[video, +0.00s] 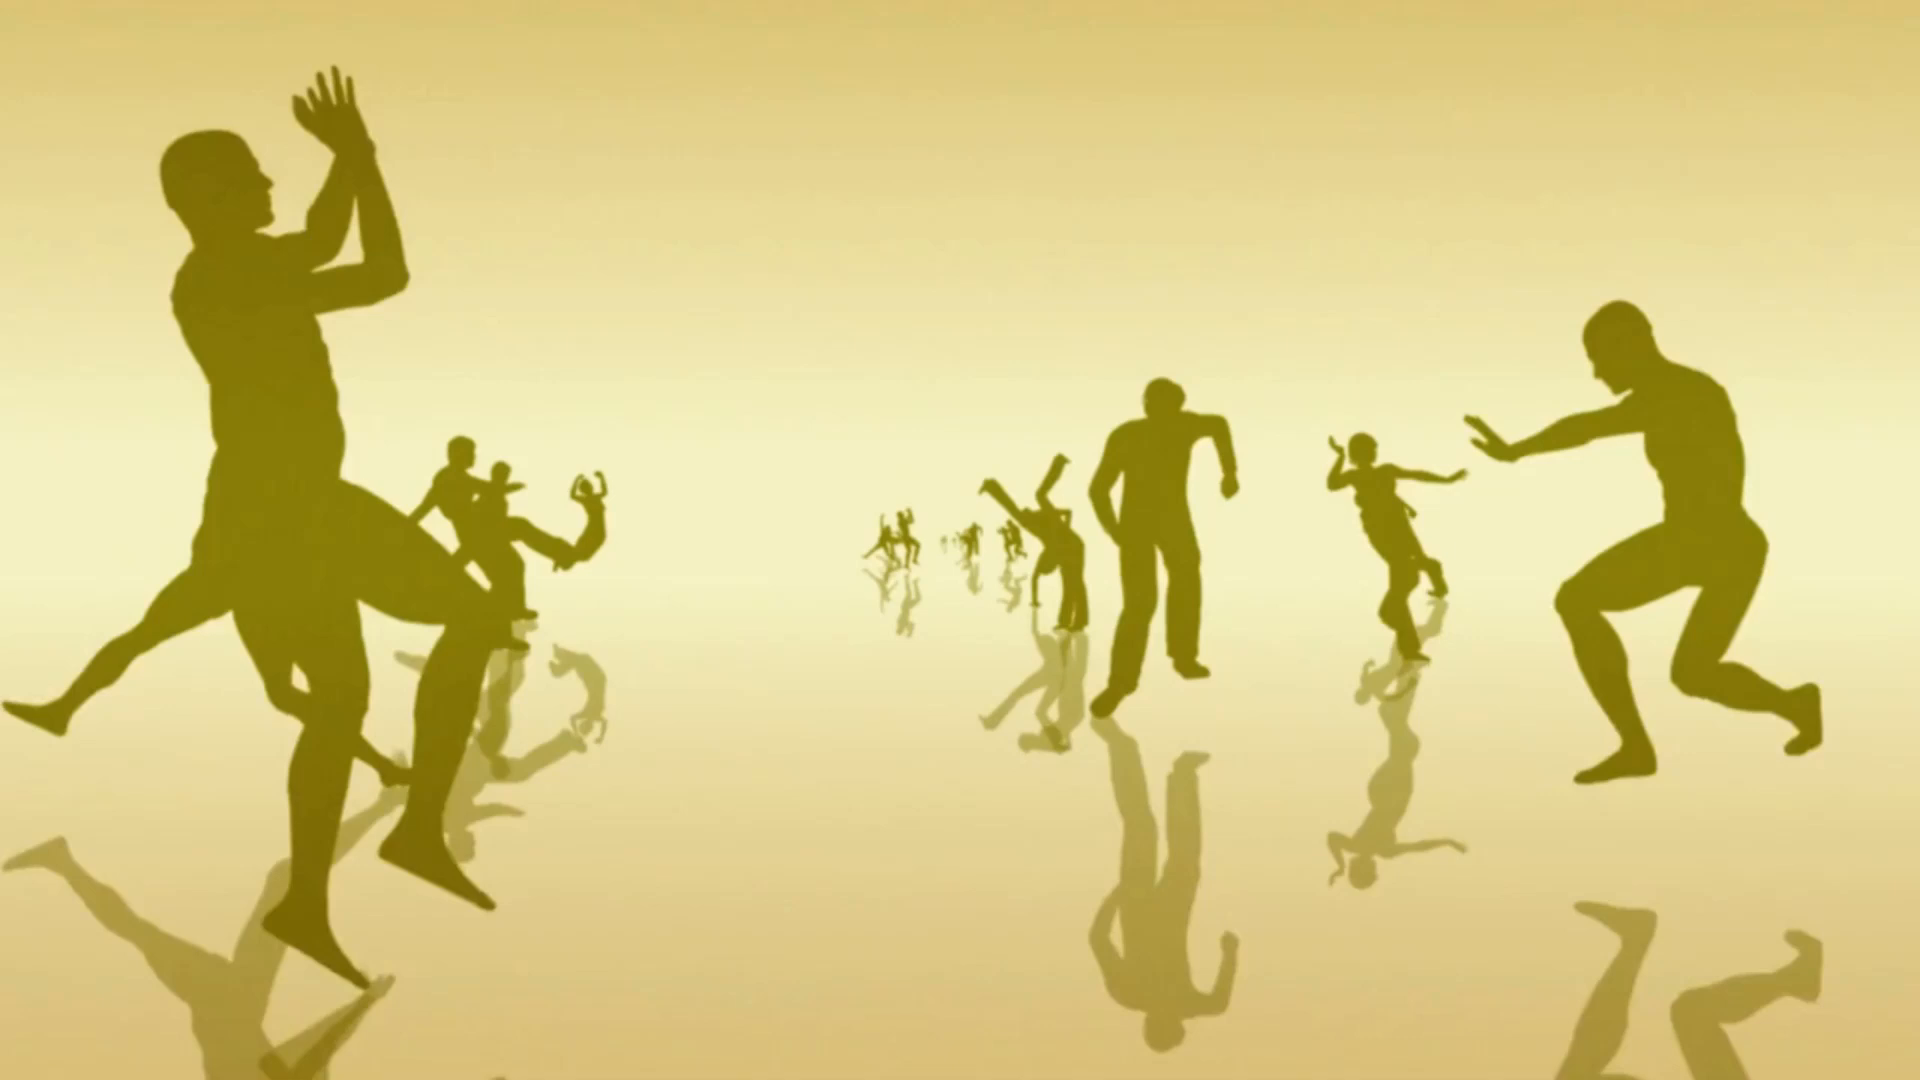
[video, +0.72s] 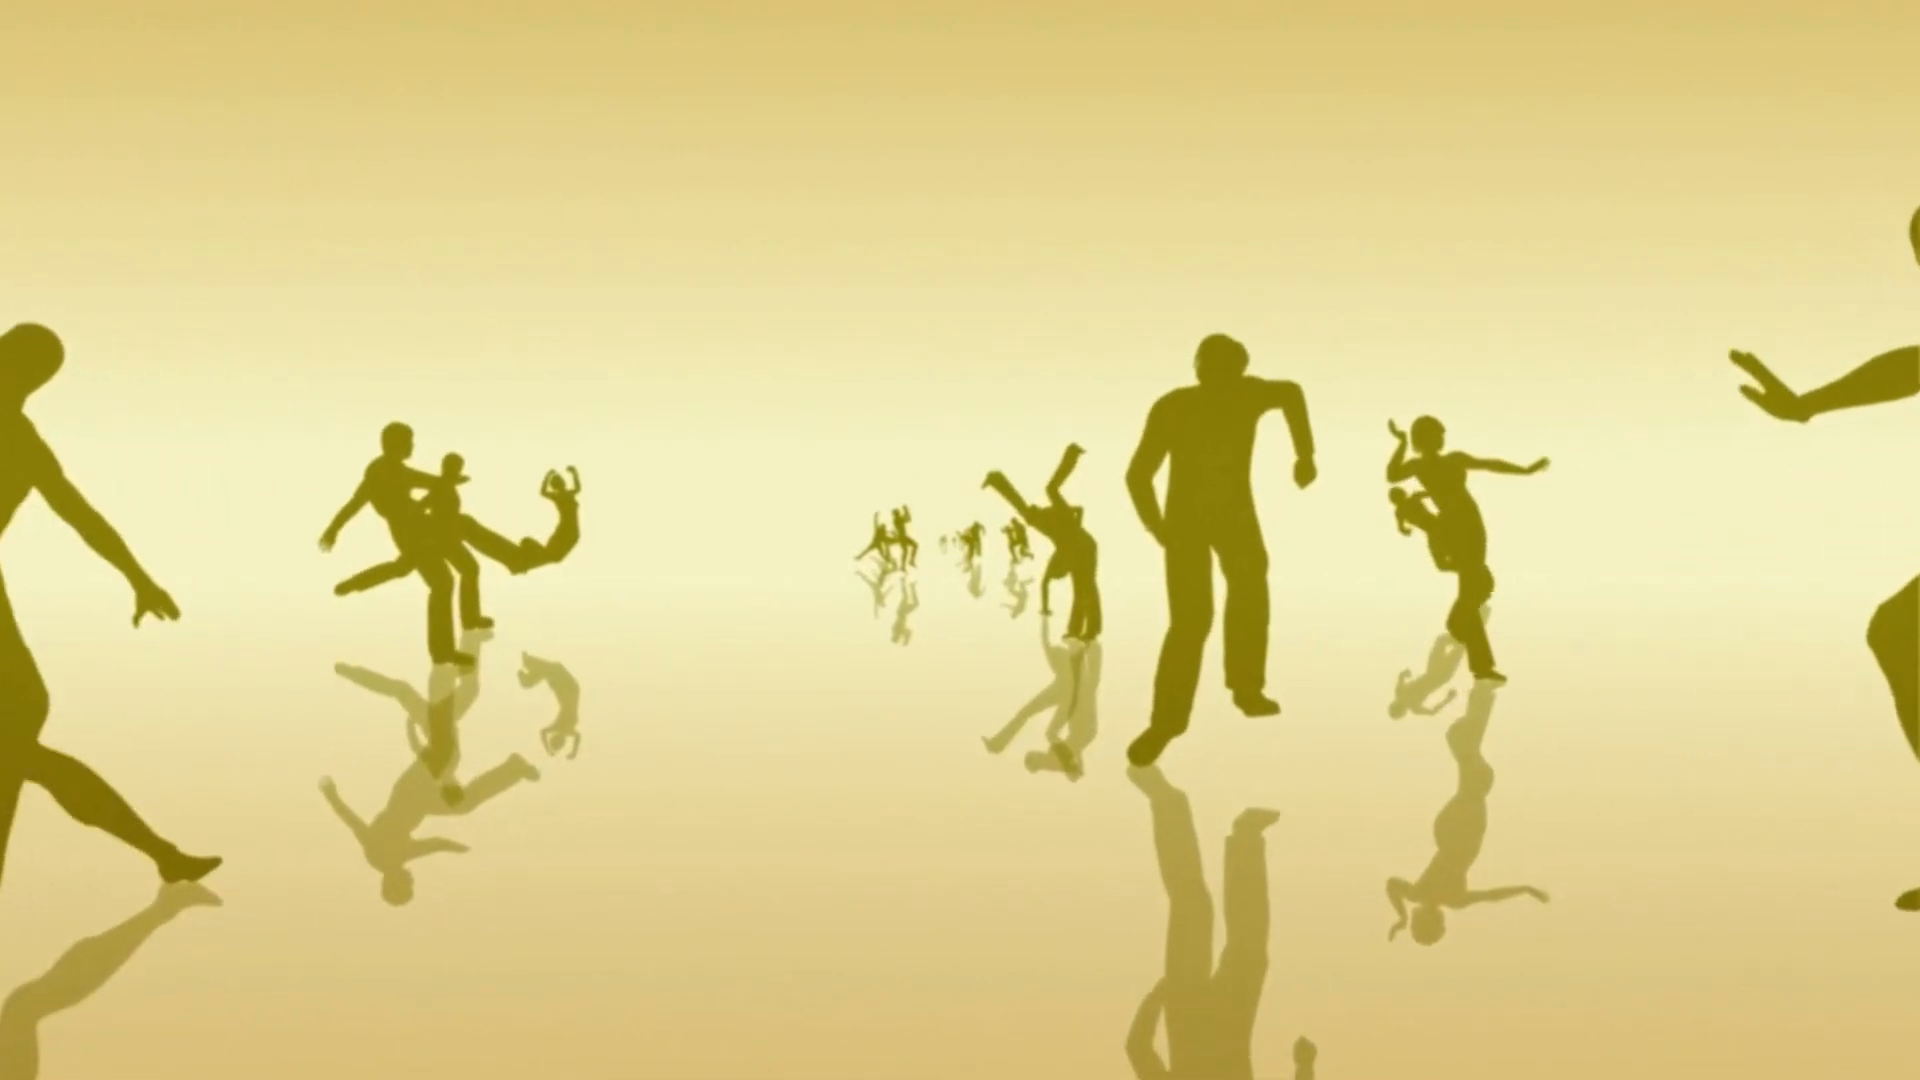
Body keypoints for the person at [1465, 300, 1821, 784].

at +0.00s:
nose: (1596, 371)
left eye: (1599, 356)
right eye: (1592, 359)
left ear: (1630, 347)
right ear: (1633, 347)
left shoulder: (1686, 393)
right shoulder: (1653, 397)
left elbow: (1591, 428)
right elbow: (1588, 427)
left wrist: (1514, 451)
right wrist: (1513, 451)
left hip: (1731, 546)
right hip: (1681, 540)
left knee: (1692, 672)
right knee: (1576, 601)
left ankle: (1794, 706)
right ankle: (1634, 745)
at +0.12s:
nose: (1623, 364)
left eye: (1627, 349)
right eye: (1620, 351)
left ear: (1658, 339)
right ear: (1662, 339)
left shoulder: (1719, 386)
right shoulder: (1682, 392)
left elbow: (1619, 423)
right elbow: (1616, 422)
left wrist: (1539, 446)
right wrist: (1538, 447)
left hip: (1765, 546)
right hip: (1713, 540)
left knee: (1724, 679)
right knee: (1602, 604)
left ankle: (1831, 712)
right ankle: (1663, 754)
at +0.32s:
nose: (1704, 343)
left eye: (1708, 325)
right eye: (1699, 329)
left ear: (1743, 314)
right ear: (1746, 317)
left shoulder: (1814, 366)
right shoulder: (1774, 373)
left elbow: (1698, 408)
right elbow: (1695, 408)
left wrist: (1608, 435)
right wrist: (1608, 436)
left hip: (1863, 546)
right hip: (1802, 540)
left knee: (1815, 694)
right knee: (1680, 609)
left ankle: (1916, 729)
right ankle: (1748, 780)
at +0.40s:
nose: (1761, 329)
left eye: (1764, 311)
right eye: (1757, 314)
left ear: (1800, 299)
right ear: (1811, 299)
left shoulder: (1865, 356)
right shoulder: (1844, 357)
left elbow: (1753, 398)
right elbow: (1752, 397)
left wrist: (1657, 428)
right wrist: (1658, 427)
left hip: (1907, 545)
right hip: (1877, 539)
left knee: (1883, 706)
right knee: (1736, 615)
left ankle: (1810, 798)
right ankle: (1808, 798)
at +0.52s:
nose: (1802, 317)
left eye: (1805, 297)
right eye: (1797, 300)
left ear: (1844, 285)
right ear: (1855, 285)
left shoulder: (1896, 346)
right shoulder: (1882, 349)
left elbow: (1791, 390)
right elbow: (1792, 390)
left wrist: (1692, 422)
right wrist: (1694, 421)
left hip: (1910, 539)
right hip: (1906, 537)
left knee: (1915, 715)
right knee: (1776, 619)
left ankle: (1854, 811)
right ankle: (1854, 811)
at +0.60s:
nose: (1873, 296)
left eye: (1878, 274)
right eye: (1870, 278)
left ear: (1915, 266)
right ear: (1907, 272)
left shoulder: (1917, 353)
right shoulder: (1915, 351)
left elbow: (1867, 376)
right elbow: (1868, 376)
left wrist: (1757, 412)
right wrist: (1758, 411)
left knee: (1847, 625)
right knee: (1846, 623)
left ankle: (1917, 820)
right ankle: (1916, 822)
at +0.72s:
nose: (1913, 252)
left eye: (1915, 240)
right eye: (1914, 241)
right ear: (1912, 241)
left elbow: (1905, 369)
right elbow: (1906, 369)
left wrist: (1806, 404)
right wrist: (1806, 403)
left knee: (1892, 631)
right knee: (1890, 631)